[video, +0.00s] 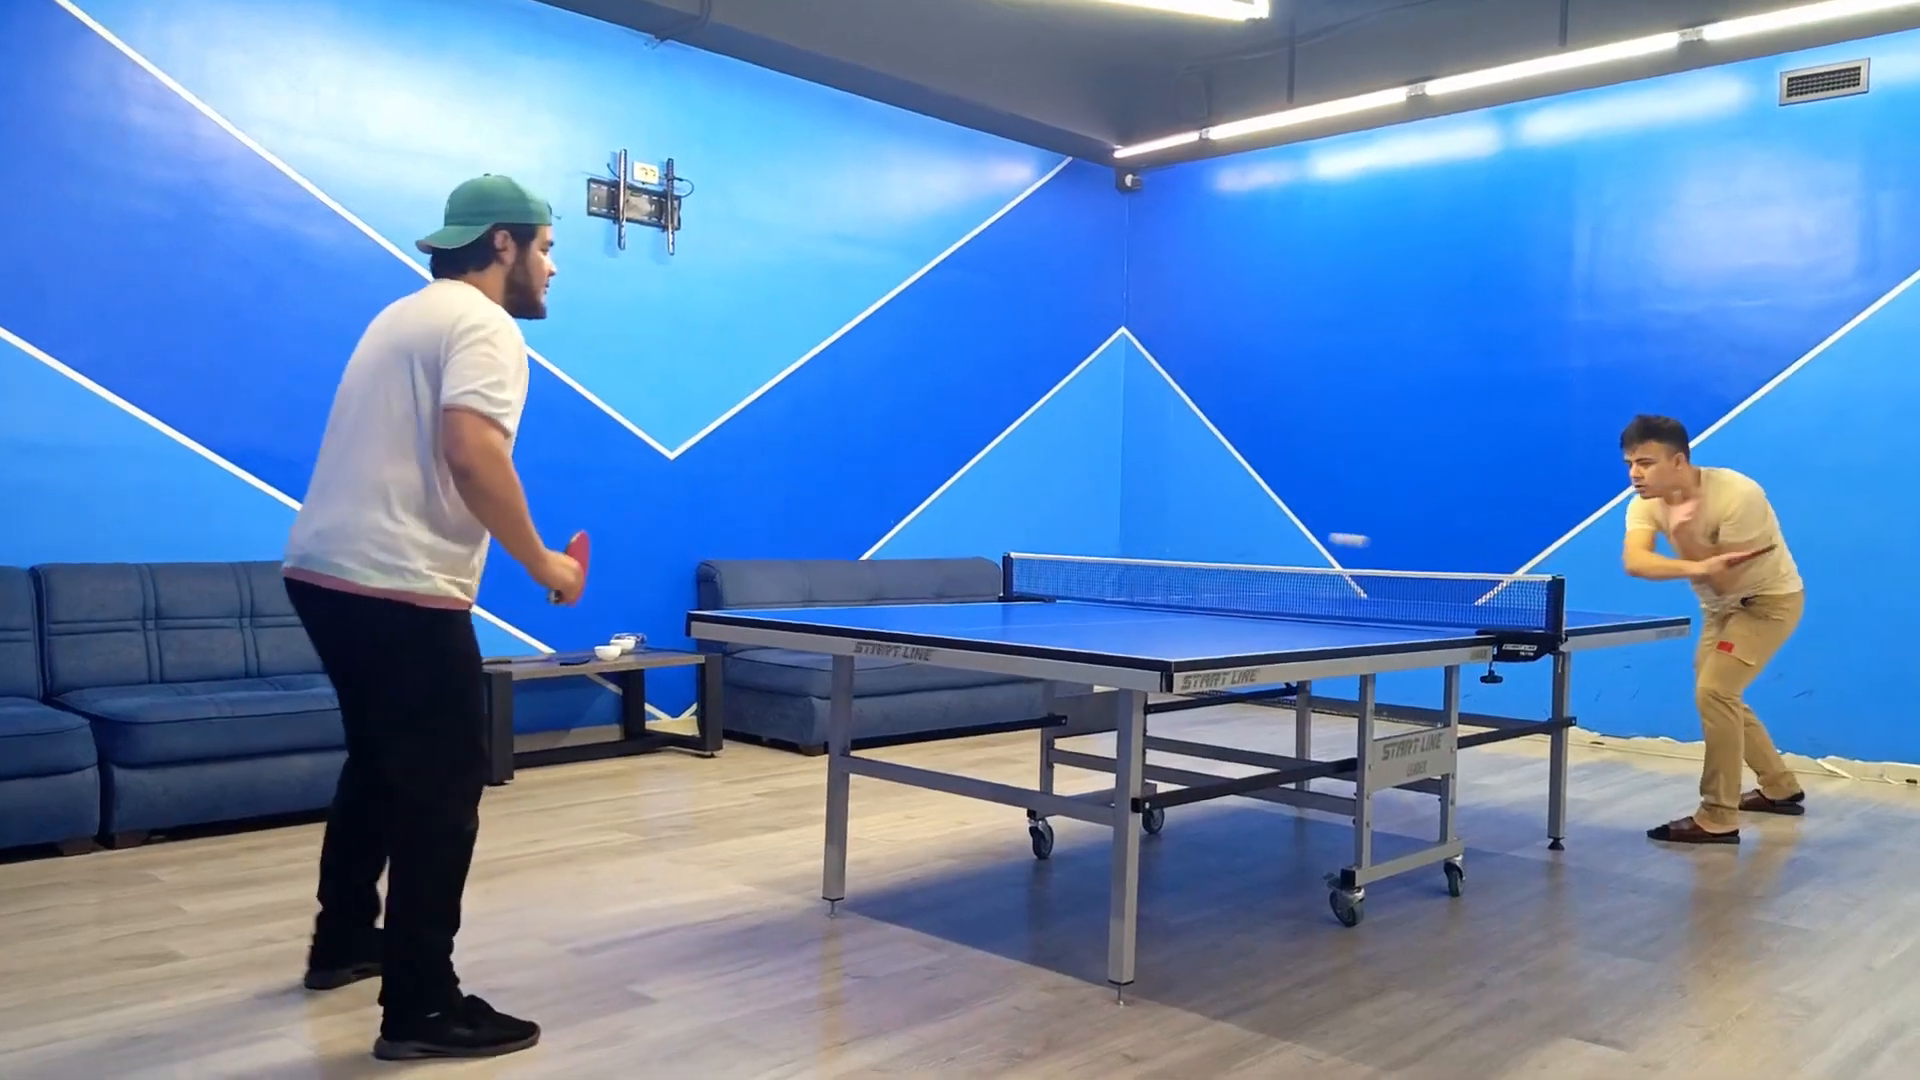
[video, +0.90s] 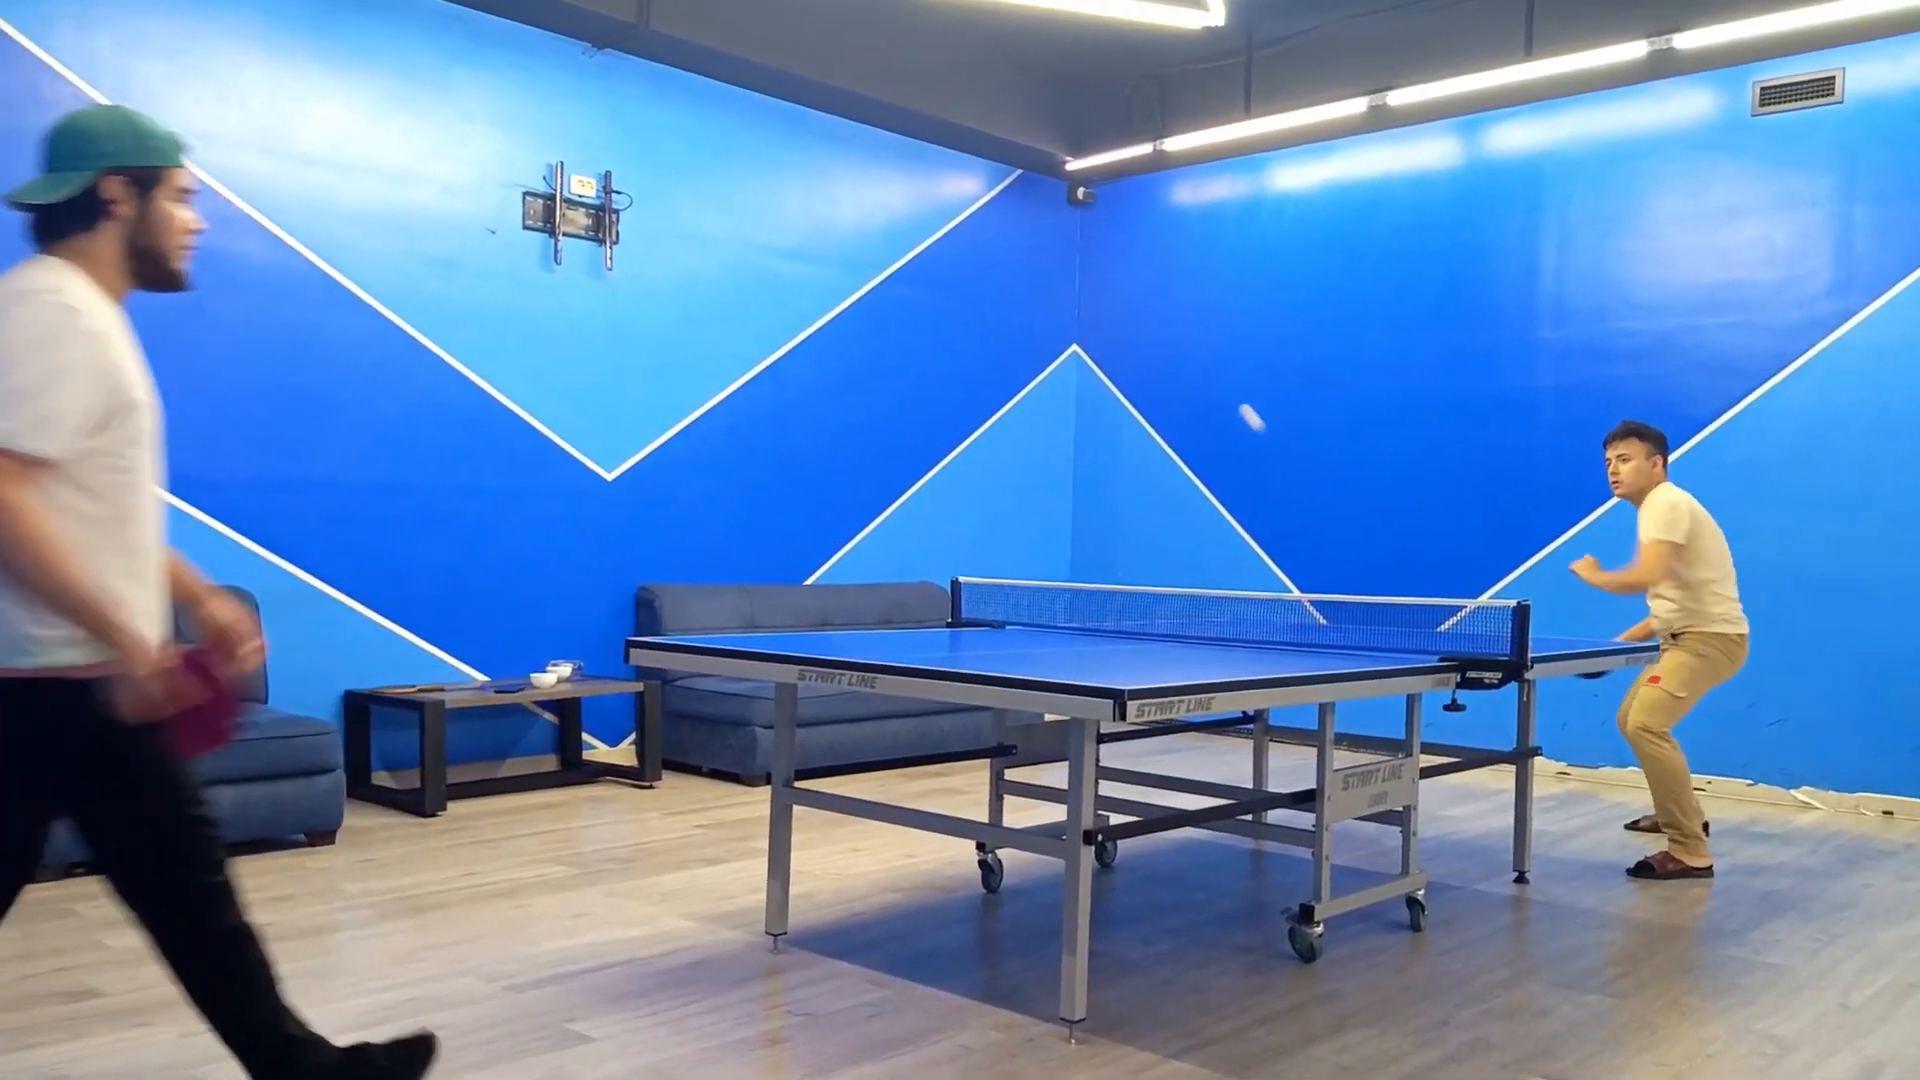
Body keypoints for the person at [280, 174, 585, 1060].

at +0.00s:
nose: (551, 267)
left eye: (550, 251)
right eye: (543, 250)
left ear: (471, 251)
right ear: (502, 248)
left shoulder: (404, 315)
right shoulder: (482, 324)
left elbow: (375, 454)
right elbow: (472, 452)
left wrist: (434, 564)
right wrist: (542, 560)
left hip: (330, 580)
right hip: (399, 592)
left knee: (380, 759)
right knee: (446, 781)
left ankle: (344, 936)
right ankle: (422, 1002)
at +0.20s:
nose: (544, 306)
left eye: (544, 289)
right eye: (534, 288)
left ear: (471, 287)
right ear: (481, 284)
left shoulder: (399, 353)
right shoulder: (447, 366)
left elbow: (401, 515)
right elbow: (436, 516)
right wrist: (554, 621)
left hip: (321, 616)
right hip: (379, 620)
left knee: (409, 769)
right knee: (499, 782)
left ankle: (336, 955)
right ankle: (422, 1028)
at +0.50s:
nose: (463, 323)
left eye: (461, 304)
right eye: (450, 302)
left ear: (382, 300)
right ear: (388, 298)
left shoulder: (298, 381)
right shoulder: (362, 408)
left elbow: (291, 540)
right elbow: (478, 556)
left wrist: (382, 616)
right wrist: (649, 575)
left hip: (235, 671)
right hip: (296, 677)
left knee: (347, 799)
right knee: (457, 826)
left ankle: (306, 977)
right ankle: (388, 1062)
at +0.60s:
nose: (381, 276)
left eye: (379, 256)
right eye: (370, 255)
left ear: (303, 259)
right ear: (311, 256)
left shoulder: (208, 344)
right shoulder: (291, 375)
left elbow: (244, 503)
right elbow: (388, 534)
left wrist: (351, 578)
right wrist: (562, 581)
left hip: (145, 651)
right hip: (225, 659)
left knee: (259, 789)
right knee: (372, 821)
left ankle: (193, 997)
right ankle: (342, 1054)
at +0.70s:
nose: (287, 239)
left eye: (283, 217)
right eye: (273, 216)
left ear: (207, 220)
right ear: (217, 218)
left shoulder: (115, 316)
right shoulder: (189, 340)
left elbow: (164, 493)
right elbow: (224, 514)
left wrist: (273, 560)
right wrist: (403, 599)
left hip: (65, 637)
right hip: (141, 644)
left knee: (154, 806)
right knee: (274, 818)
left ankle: (9, 1015)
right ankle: (295, 1052)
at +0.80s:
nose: (242, 222)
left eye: (238, 200)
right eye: (228, 200)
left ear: (168, 205)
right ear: (167, 201)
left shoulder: (123, 315)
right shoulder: (118, 317)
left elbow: (164, 518)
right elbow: (110, 499)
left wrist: (286, 601)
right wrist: (265, 607)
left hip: (65, 663)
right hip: (116, 664)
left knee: (39, 869)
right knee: (228, 856)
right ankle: (300, 1052)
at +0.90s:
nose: (197, 221)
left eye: (194, 200)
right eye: (181, 198)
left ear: (117, 201)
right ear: (116, 197)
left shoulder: (84, 314)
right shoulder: (52, 312)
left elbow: (86, 501)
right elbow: (7, 493)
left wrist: (197, 593)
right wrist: (124, 638)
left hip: (64, 675)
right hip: (56, 679)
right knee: (184, 880)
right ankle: (296, 1061)